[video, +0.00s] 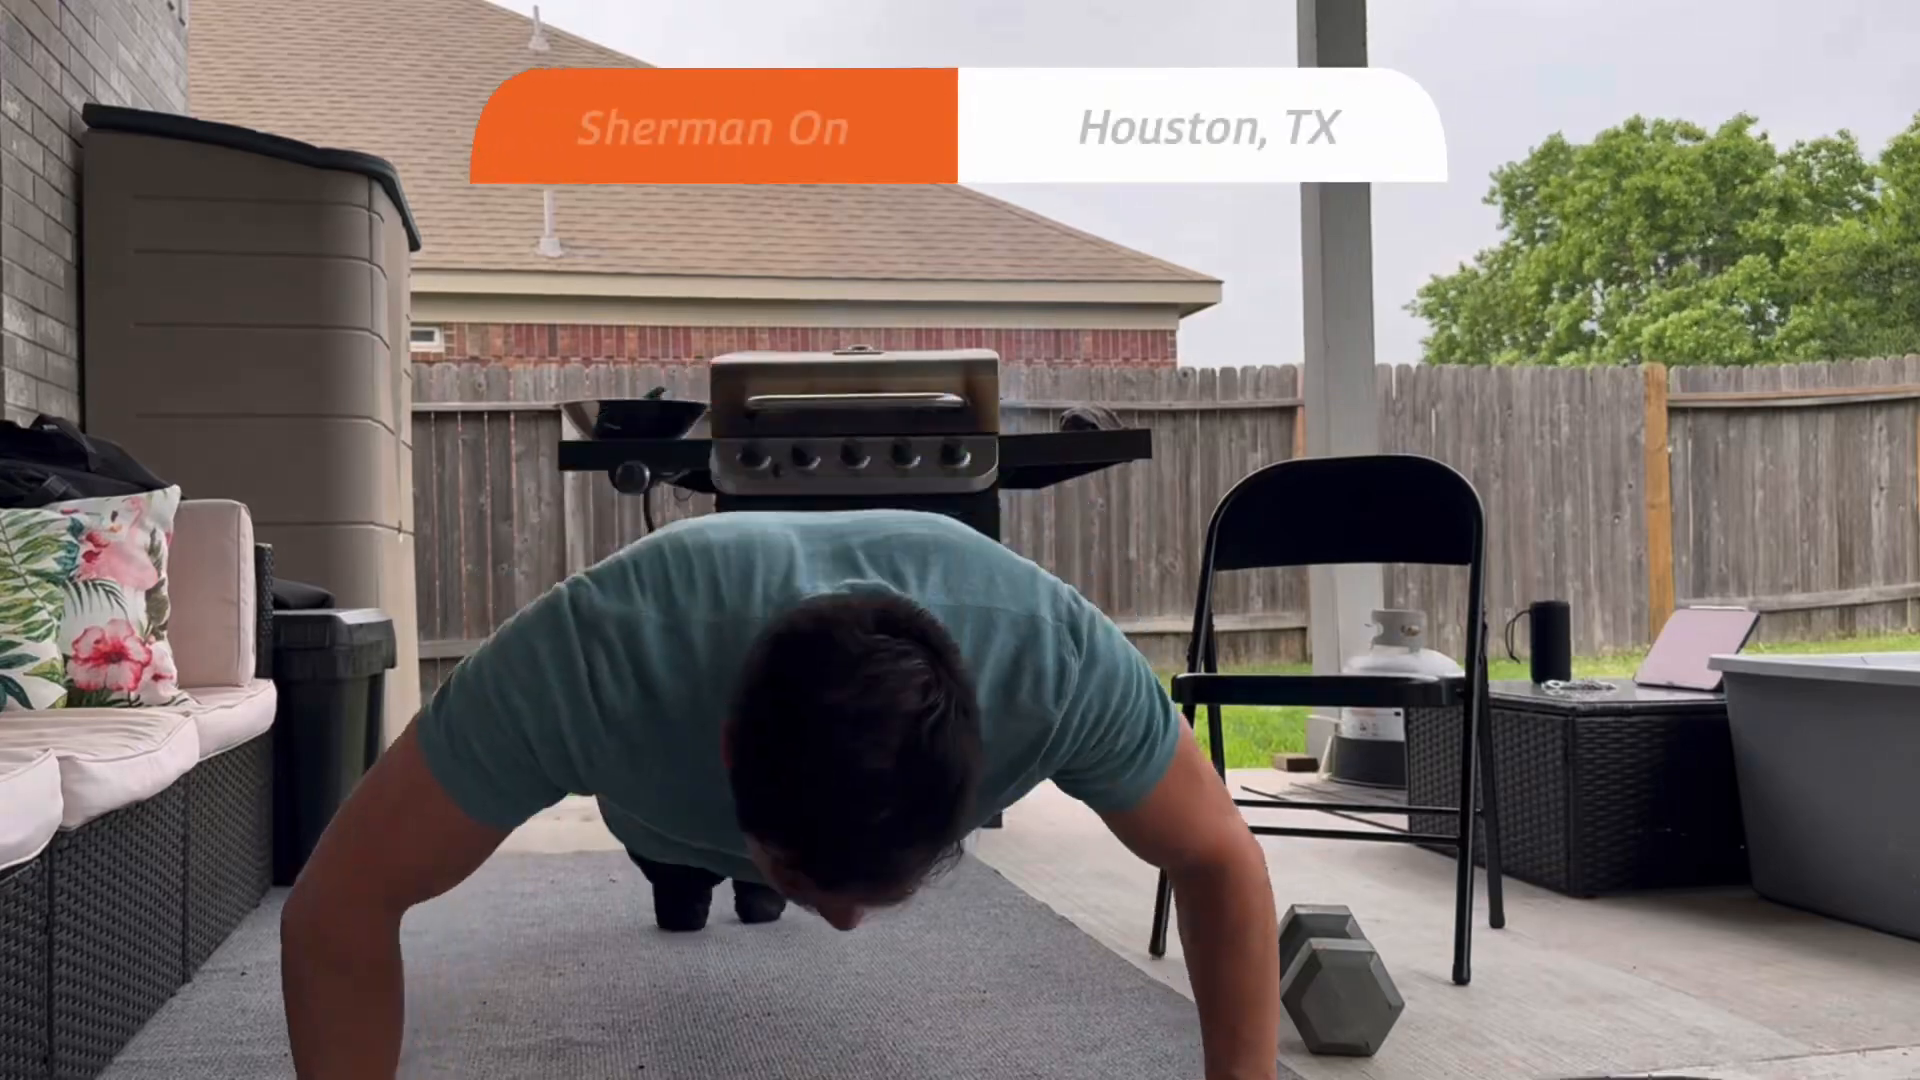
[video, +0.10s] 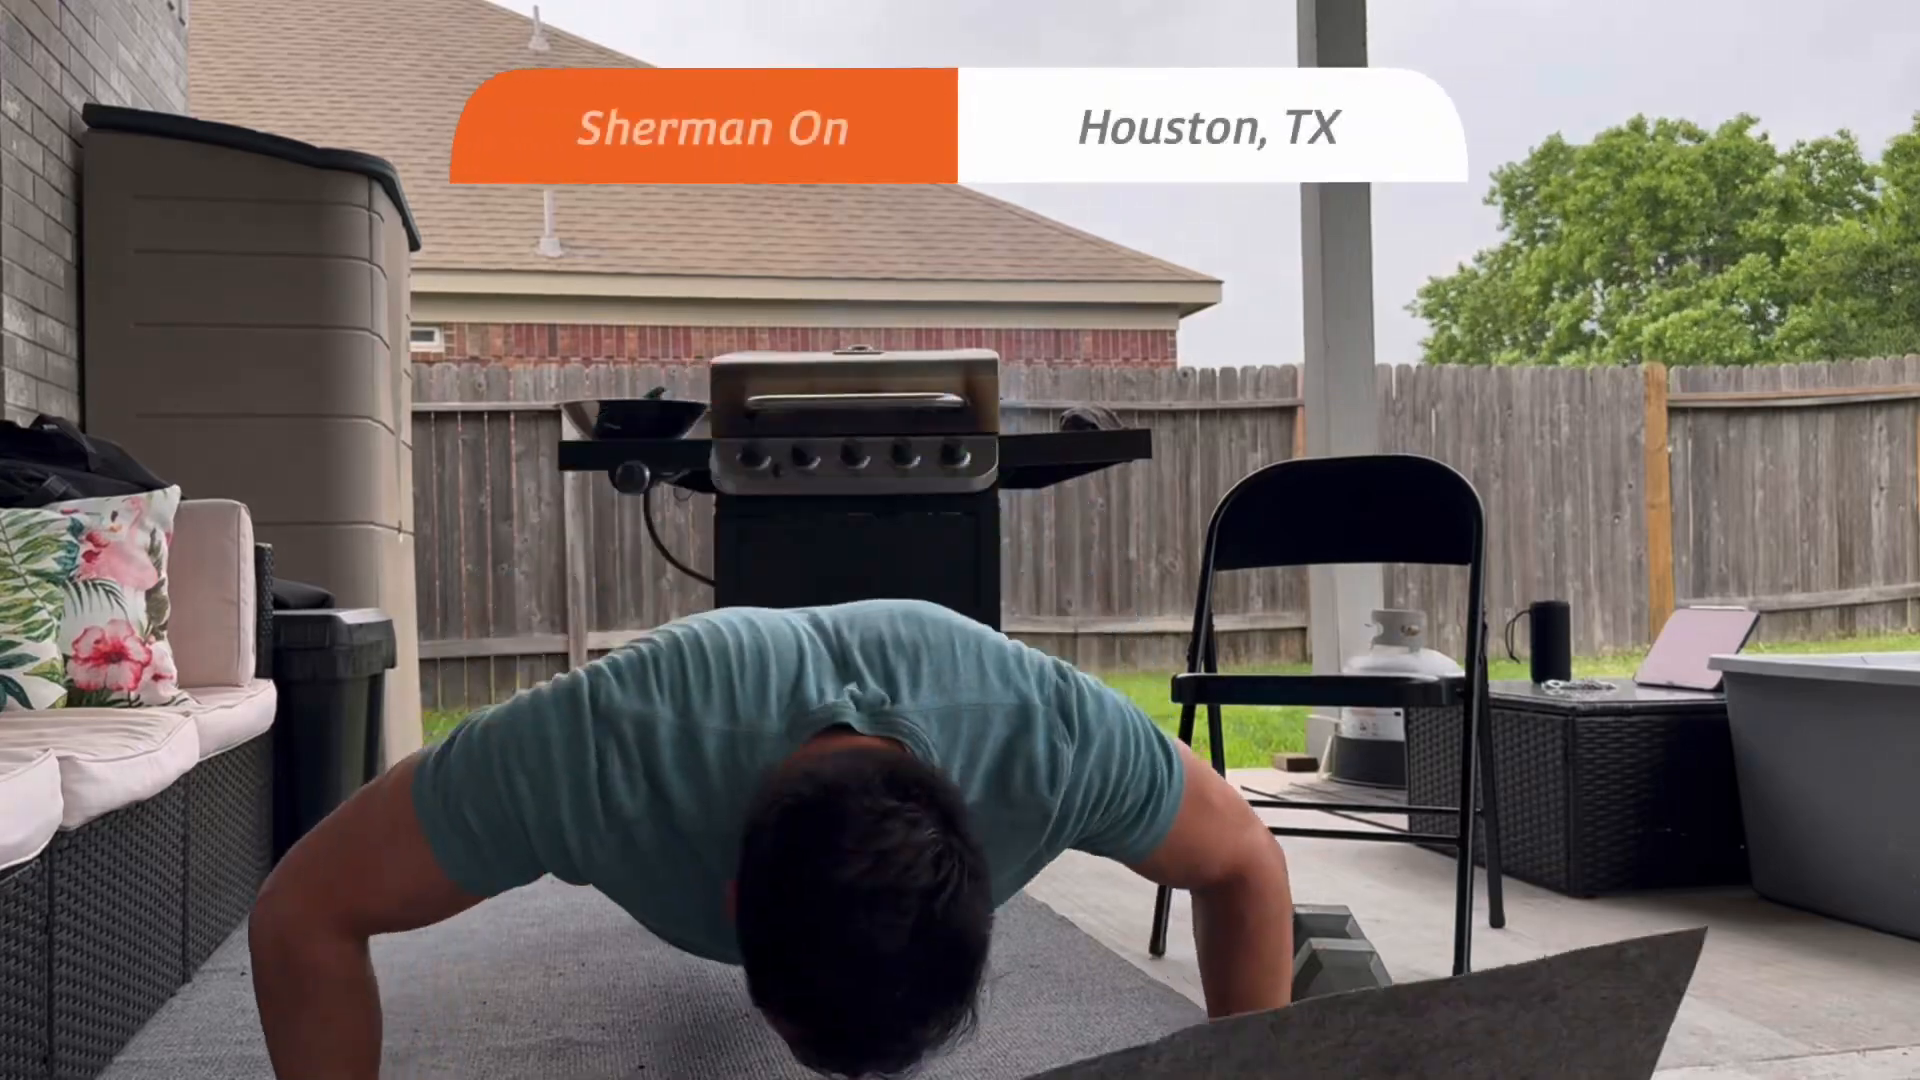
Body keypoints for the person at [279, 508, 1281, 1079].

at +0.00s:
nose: (846, 923)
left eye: (882, 902)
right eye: (816, 895)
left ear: (963, 794)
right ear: (738, 776)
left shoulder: (1055, 662)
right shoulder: (586, 664)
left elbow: (1222, 869)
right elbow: (340, 905)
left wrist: (1244, 1076)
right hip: (653, 785)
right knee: (665, 861)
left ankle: (751, 882)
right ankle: (680, 888)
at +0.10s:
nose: (839, 1057)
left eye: (889, 1042)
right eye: (809, 1033)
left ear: (980, 874)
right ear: (744, 886)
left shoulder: (1064, 755)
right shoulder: (594, 760)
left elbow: (1248, 869)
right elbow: (302, 915)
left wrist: (1252, 1073)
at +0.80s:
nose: (844, 897)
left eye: (882, 875)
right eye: (809, 872)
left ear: (959, 766)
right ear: (730, 758)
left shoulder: (1045, 638)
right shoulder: (585, 631)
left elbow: (1208, 857)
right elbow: (372, 903)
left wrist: (1240, 1070)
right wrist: (362, 1072)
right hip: (668, 802)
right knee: (690, 887)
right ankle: (671, 887)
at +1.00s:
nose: (830, 930)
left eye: (868, 913)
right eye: (792, 904)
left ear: (955, 794)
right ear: (724, 777)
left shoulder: (1030, 653)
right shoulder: (582, 656)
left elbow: (1205, 861)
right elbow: (346, 902)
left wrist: (1236, 1072)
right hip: (670, 869)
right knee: (678, 898)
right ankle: (637, 868)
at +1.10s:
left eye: (888, 1064)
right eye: (794, 1052)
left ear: (958, 925)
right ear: (732, 933)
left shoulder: (1043, 775)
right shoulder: (583, 779)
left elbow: (1248, 867)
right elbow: (293, 922)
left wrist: (1250, 1067)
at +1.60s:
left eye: (886, 1042)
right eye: (804, 1033)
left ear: (965, 866)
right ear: (733, 879)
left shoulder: (1047, 752)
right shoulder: (586, 766)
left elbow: (1233, 872)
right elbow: (299, 921)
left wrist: (1244, 1066)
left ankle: (1269, 950)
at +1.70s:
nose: (806, 877)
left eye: (857, 857)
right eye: (778, 845)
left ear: (952, 736)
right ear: (715, 716)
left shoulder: (1034, 624)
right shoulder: (574, 616)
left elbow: (1185, 859)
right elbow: (373, 899)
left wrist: (1230, 1067)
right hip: (657, 794)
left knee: (863, 861)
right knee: (687, 889)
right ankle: (664, 891)